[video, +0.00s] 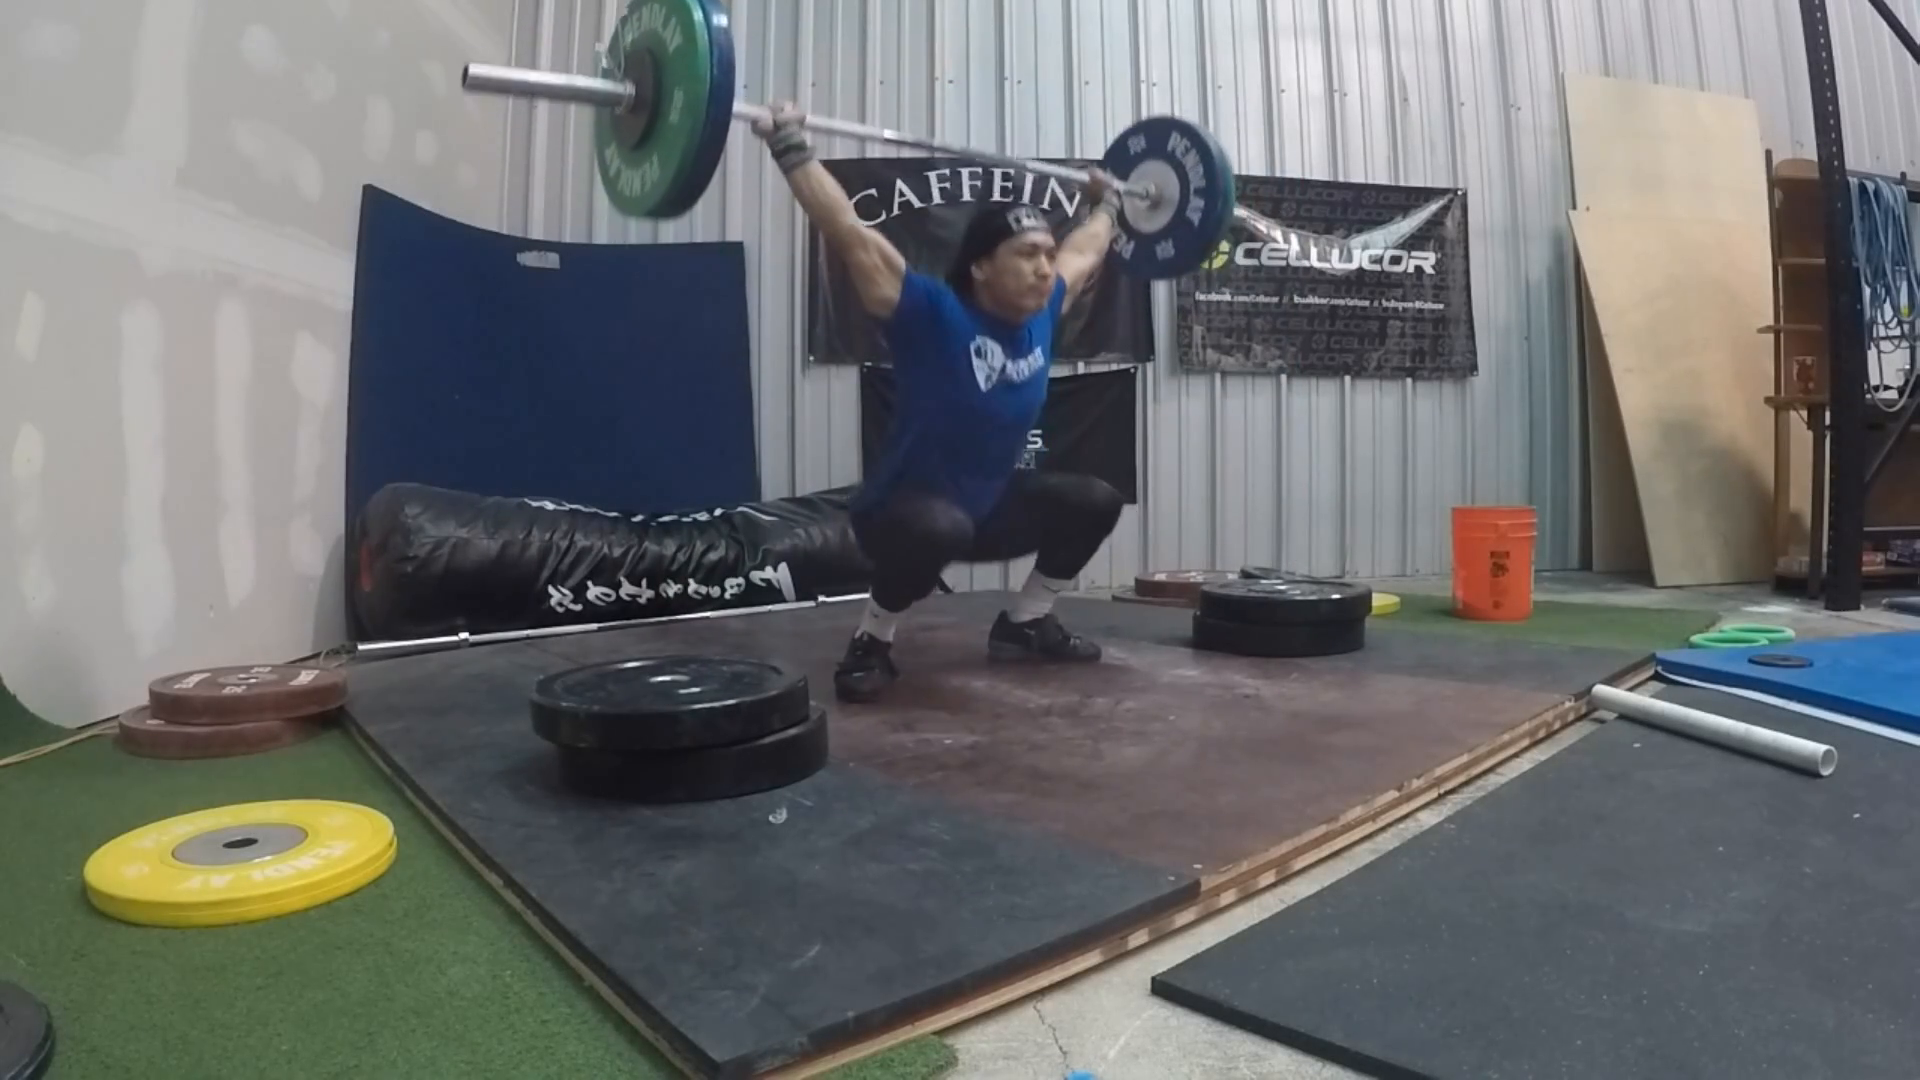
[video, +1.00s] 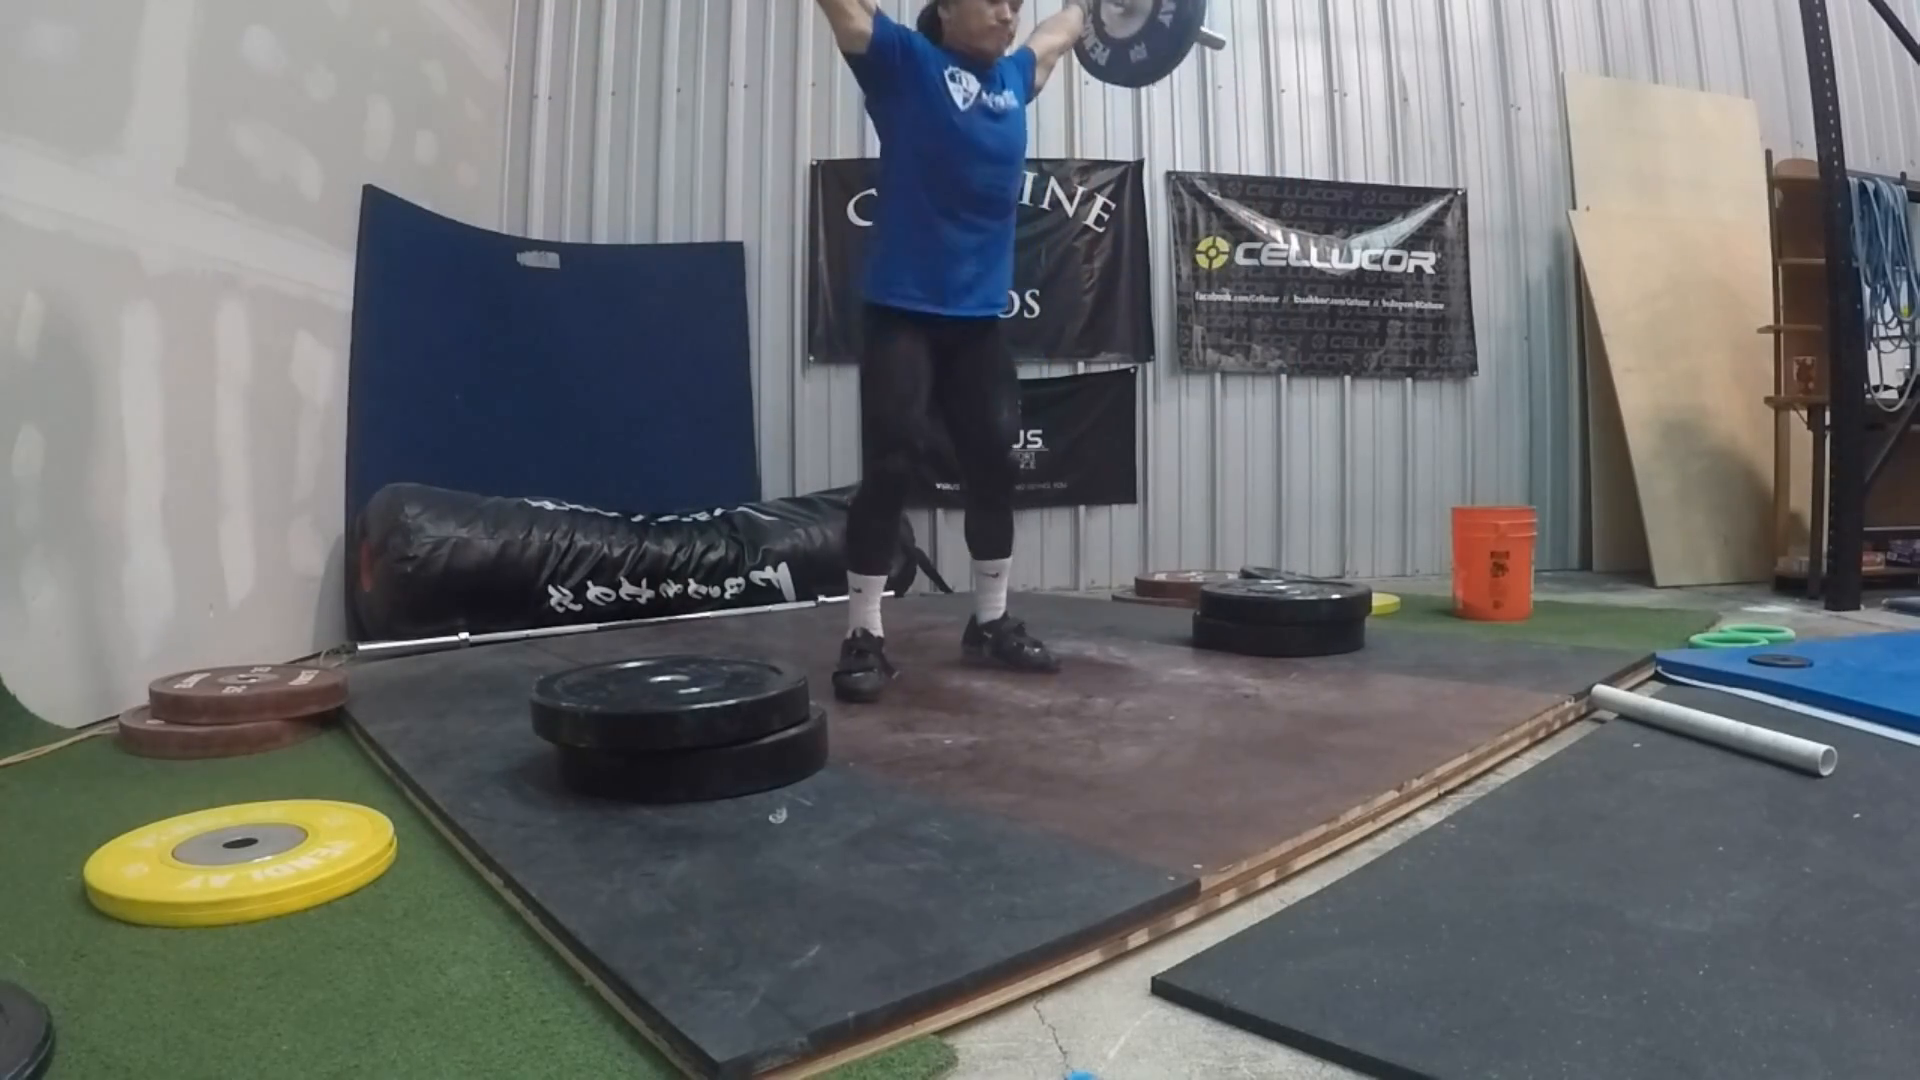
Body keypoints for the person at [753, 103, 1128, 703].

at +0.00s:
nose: (1045, 269)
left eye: (1048, 257)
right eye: (1029, 255)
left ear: (1052, 268)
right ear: (980, 270)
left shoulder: (1039, 312)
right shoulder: (927, 312)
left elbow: (1079, 258)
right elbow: (855, 240)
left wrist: (1107, 208)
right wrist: (793, 153)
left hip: (990, 506)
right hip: (905, 506)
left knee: (1094, 501)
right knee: (939, 526)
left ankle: (1025, 619)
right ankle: (872, 639)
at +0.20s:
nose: (1038, 218)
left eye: (1041, 207)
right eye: (1021, 204)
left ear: (1046, 219)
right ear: (976, 217)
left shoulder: (1037, 266)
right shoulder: (924, 261)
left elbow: (1079, 212)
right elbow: (853, 193)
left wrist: (1106, 165)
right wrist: (793, 104)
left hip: (972, 459)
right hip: (889, 456)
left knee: (1078, 491)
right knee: (924, 504)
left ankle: (1023, 619)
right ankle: (869, 638)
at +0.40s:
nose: (1027, 169)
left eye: (1030, 158)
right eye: (1010, 156)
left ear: (1030, 170)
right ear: (964, 167)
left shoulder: (1028, 218)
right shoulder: (914, 213)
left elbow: (1073, 172)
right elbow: (845, 141)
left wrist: (1103, 128)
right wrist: (788, 47)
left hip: (967, 422)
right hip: (881, 418)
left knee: (1069, 483)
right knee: (922, 495)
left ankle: (1021, 622)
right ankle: (865, 639)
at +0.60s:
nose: (1014, 112)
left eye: (1020, 102)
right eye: (999, 99)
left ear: (1020, 117)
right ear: (953, 111)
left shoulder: (1021, 172)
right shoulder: (910, 162)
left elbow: (1068, 125)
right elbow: (836, 77)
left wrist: (1101, 81)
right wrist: (785, 6)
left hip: (962, 387)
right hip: (881, 380)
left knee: (1057, 473)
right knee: (906, 479)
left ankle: (1022, 619)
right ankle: (863, 637)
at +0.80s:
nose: (1007, 53)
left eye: (1011, 43)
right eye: (990, 39)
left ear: (1012, 59)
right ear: (944, 51)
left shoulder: (1012, 119)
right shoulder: (901, 102)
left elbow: (1061, 75)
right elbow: (827, 21)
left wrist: (1094, 33)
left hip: (964, 351)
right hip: (882, 341)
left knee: (1032, 462)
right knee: (888, 469)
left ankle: (1020, 619)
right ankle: (863, 636)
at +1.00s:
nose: (1005, 14)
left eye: (1011, 5)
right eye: (989, 1)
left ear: (1012, 16)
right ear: (945, 10)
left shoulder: (1012, 77)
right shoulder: (905, 61)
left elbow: (1056, 37)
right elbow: (839, 7)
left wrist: (1095, 8)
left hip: (982, 318)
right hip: (901, 314)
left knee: (995, 465)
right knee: (890, 468)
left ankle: (991, 623)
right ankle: (864, 636)